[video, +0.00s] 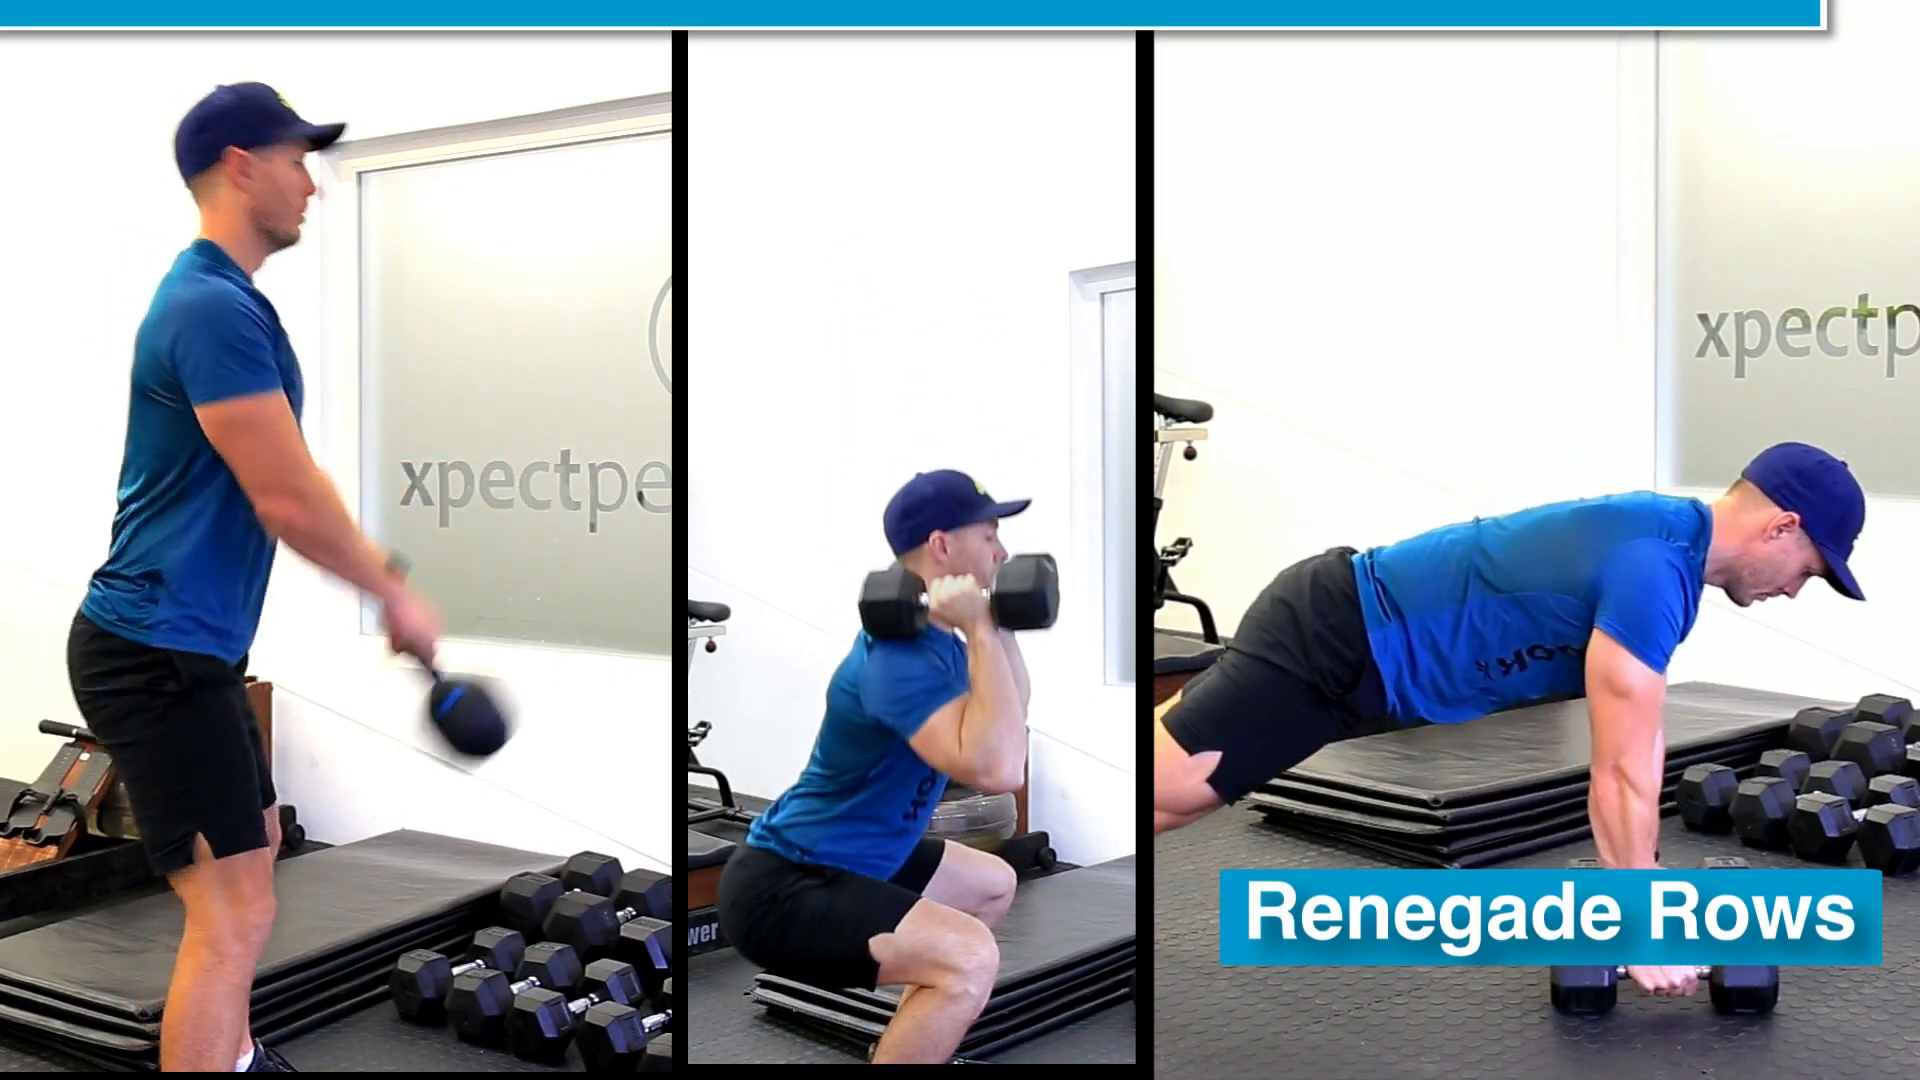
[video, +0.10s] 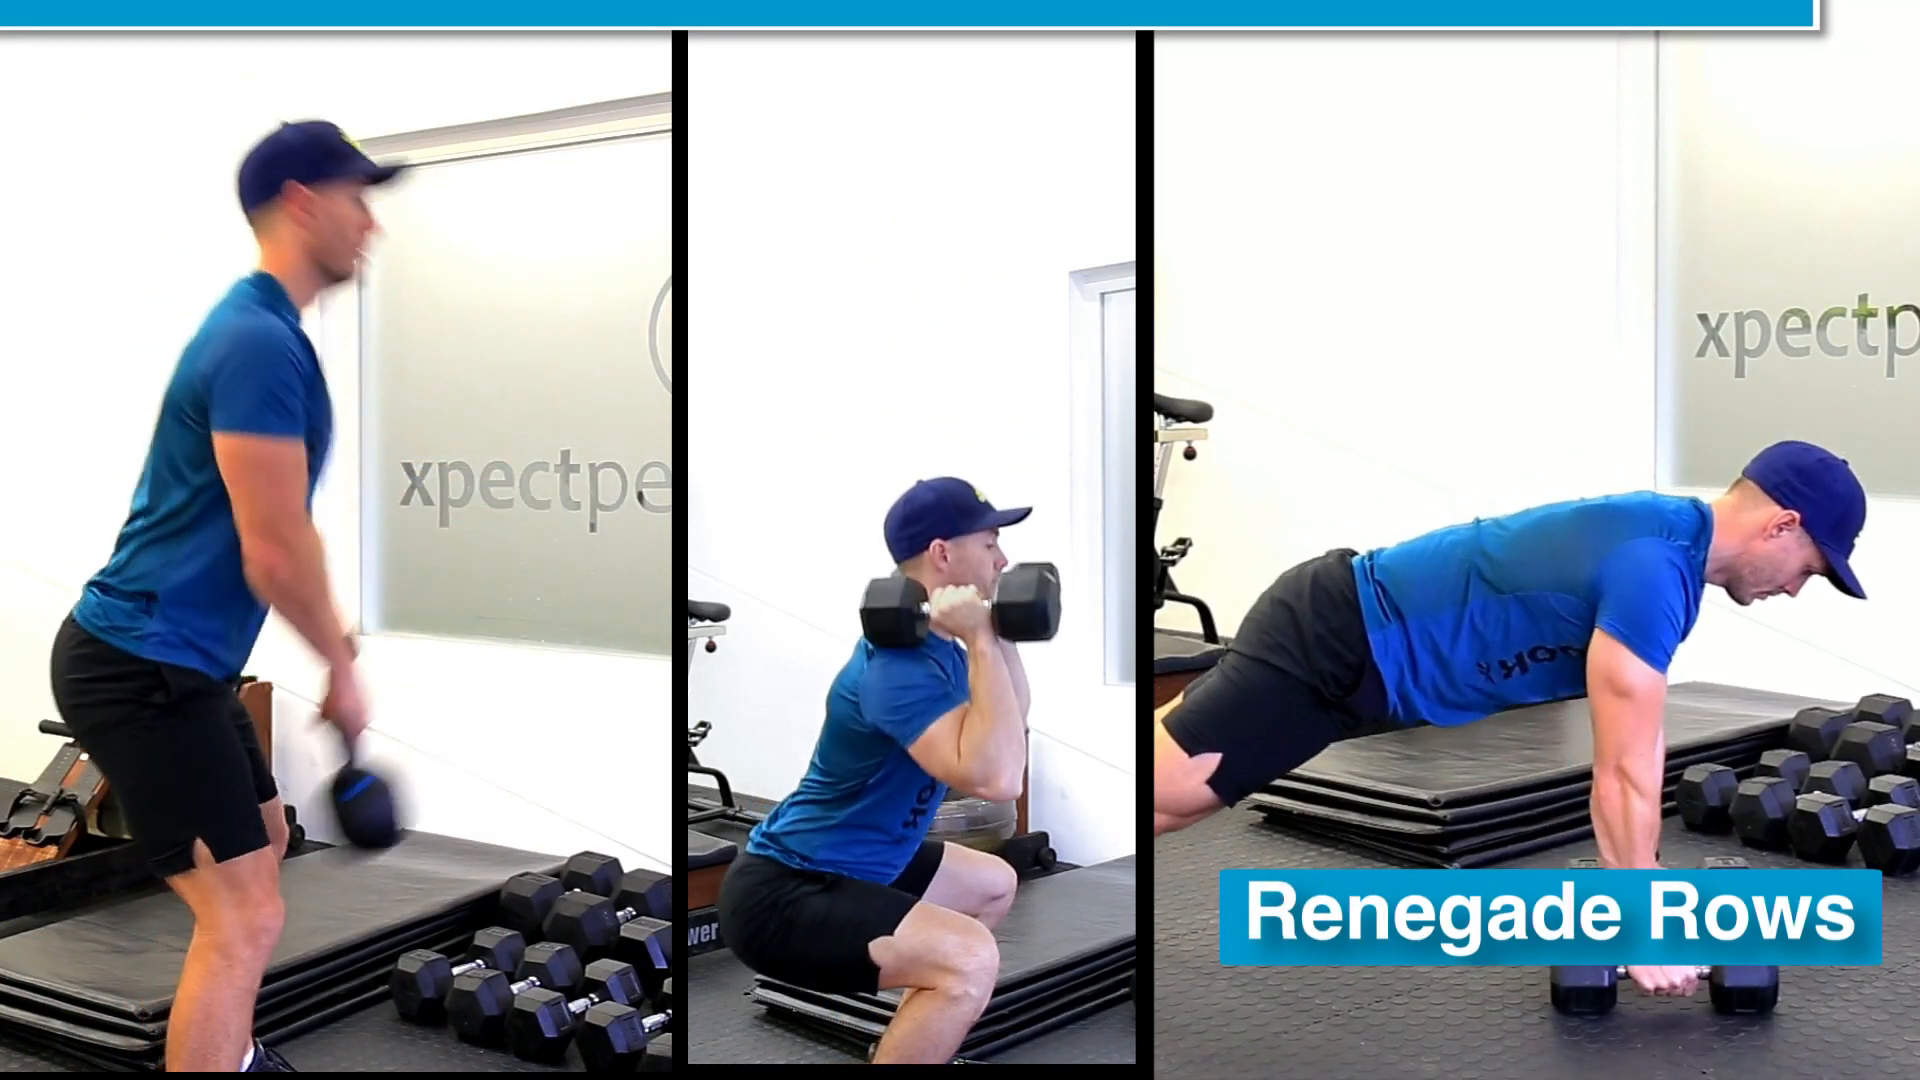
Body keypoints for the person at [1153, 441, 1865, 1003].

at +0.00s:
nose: (1797, 591)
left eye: (1811, 580)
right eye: (1810, 571)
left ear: (1770, 523)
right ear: (1779, 527)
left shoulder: (1668, 566)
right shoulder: (1652, 562)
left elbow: (1634, 764)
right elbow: (1620, 775)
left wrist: (1647, 924)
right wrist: (1640, 937)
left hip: (1355, 648)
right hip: (1339, 627)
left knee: (1167, 784)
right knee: (1155, 788)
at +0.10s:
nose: (1799, 589)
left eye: (1812, 578)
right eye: (1811, 569)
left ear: (1770, 521)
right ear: (1779, 526)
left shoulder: (1669, 563)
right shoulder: (1653, 562)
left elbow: (1634, 765)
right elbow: (1622, 775)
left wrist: (1647, 926)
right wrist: (1641, 939)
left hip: (1354, 649)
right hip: (1339, 631)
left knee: (1161, 786)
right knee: (1151, 794)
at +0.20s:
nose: (1799, 588)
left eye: (1812, 577)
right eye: (1811, 568)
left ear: (1770, 522)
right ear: (1778, 524)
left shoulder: (1670, 566)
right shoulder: (1654, 559)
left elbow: (1635, 767)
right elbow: (1623, 775)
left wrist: (1646, 930)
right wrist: (1641, 940)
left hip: (1356, 654)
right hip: (1340, 631)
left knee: (1161, 789)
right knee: (1152, 795)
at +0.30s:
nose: (1799, 588)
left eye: (1812, 577)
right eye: (1810, 568)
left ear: (1769, 523)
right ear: (1777, 526)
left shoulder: (1669, 565)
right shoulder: (1653, 560)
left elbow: (1634, 769)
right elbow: (1624, 775)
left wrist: (1645, 932)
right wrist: (1641, 941)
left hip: (1356, 655)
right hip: (1339, 632)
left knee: (1160, 789)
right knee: (1150, 795)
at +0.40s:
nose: (1797, 590)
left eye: (1810, 578)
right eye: (1808, 569)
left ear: (1767, 521)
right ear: (1775, 525)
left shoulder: (1667, 563)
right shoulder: (1652, 562)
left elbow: (1631, 769)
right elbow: (1623, 775)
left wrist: (1645, 930)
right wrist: (1642, 940)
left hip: (1357, 653)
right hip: (1339, 629)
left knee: (1164, 781)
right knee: (1153, 792)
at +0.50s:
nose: (1794, 591)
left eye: (1808, 580)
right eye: (1806, 570)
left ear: (1765, 525)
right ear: (1772, 528)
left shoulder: (1662, 564)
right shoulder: (1647, 563)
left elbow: (1628, 770)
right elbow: (1620, 776)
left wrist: (1645, 932)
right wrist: (1642, 940)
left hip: (1349, 654)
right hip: (1332, 626)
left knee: (1158, 779)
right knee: (1147, 786)